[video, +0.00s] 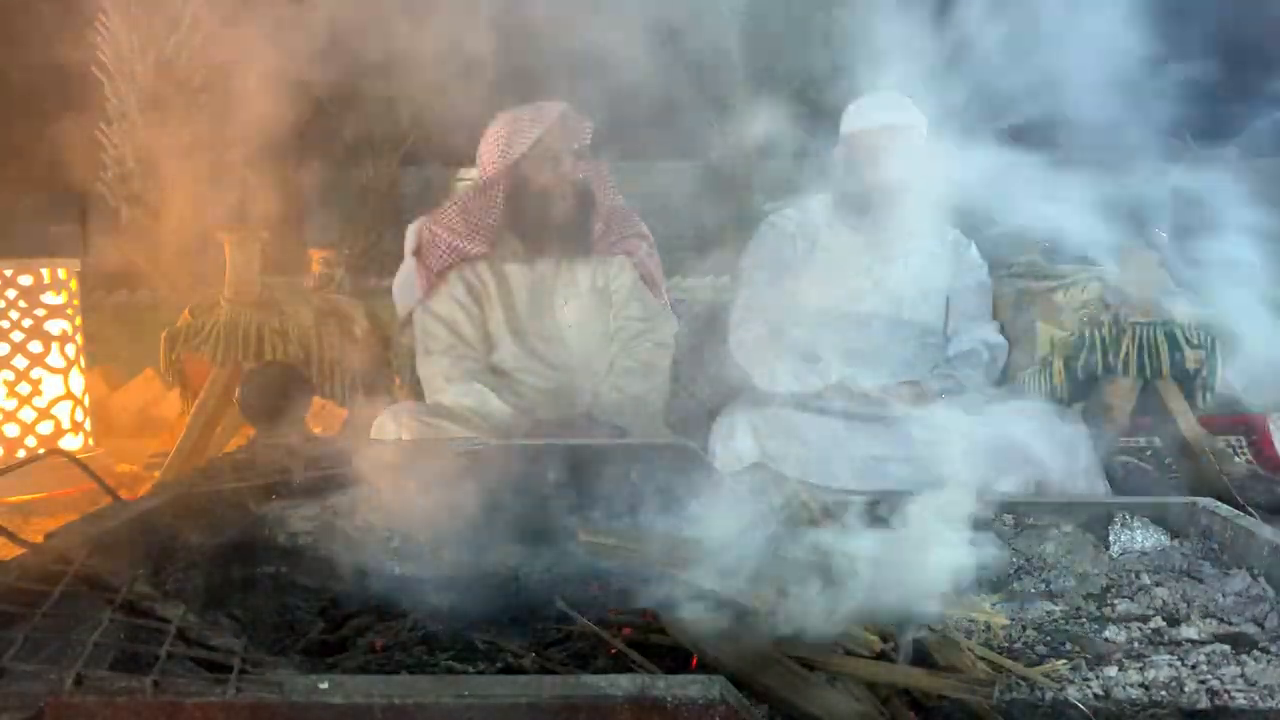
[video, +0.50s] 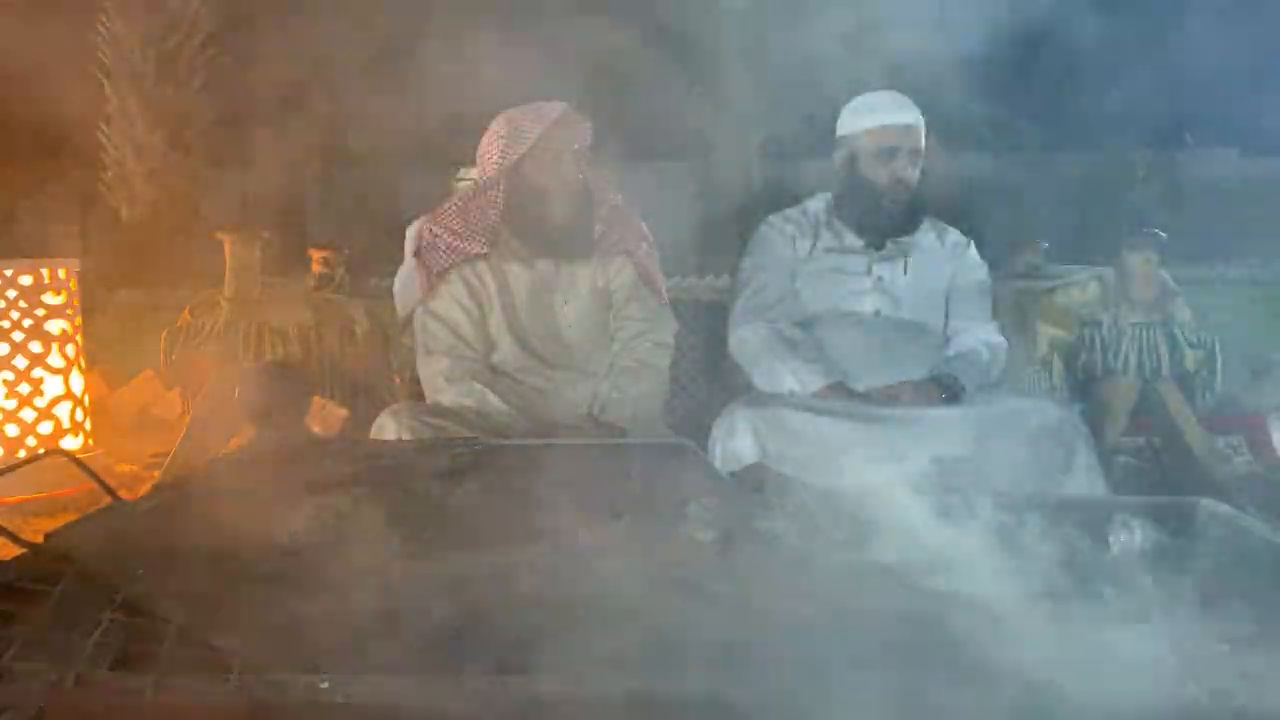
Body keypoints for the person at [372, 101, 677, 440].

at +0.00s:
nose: (571, 175)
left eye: (576, 159)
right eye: (549, 161)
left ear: (588, 169)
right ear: (508, 177)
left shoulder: (617, 269)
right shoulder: (462, 276)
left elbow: (645, 361)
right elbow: (448, 379)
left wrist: (602, 428)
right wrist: (520, 432)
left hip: (602, 441)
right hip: (503, 444)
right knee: (397, 426)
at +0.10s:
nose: (576, 174)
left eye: (579, 157)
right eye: (554, 159)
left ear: (592, 165)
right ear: (511, 175)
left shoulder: (617, 261)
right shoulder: (459, 269)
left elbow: (645, 351)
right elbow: (448, 380)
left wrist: (605, 425)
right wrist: (524, 433)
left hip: (603, 437)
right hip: (500, 439)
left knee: (676, 459)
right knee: (397, 426)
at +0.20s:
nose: (578, 171)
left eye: (580, 155)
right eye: (555, 158)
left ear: (592, 164)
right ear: (513, 176)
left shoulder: (623, 264)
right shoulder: (460, 270)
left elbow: (646, 362)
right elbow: (449, 380)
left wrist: (604, 425)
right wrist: (521, 437)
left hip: (600, 442)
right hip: (498, 443)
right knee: (398, 425)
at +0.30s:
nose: (582, 173)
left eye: (581, 156)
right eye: (556, 161)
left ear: (591, 162)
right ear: (514, 181)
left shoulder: (619, 261)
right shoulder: (460, 270)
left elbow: (646, 351)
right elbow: (448, 379)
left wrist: (606, 428)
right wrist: (520, 435)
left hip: (599, 437)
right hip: (497, 438)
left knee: (675, 459)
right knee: (398, 425)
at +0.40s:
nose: (576, 177)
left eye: (580, 159)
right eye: (554, 162)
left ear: (591, 167)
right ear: (510, 178)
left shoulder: (619, 257)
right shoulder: (457, 262)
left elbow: (646, 350)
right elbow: (448, 378)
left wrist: (605, 427)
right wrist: (517, 435)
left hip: (600, 433)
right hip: (497, 433)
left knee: (677, 466)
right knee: (396, 429)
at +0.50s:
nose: (580, 176)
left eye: (581, 159)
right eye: (560, 160)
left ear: (591, 167)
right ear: (514, 174)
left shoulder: (620, 258)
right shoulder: (459, 265)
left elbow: (646, 354)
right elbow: (449, 381)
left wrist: (606, 432)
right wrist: (526, 439)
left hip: (598, 439)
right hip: (496, 437)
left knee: (681, 466)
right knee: (397, 427)